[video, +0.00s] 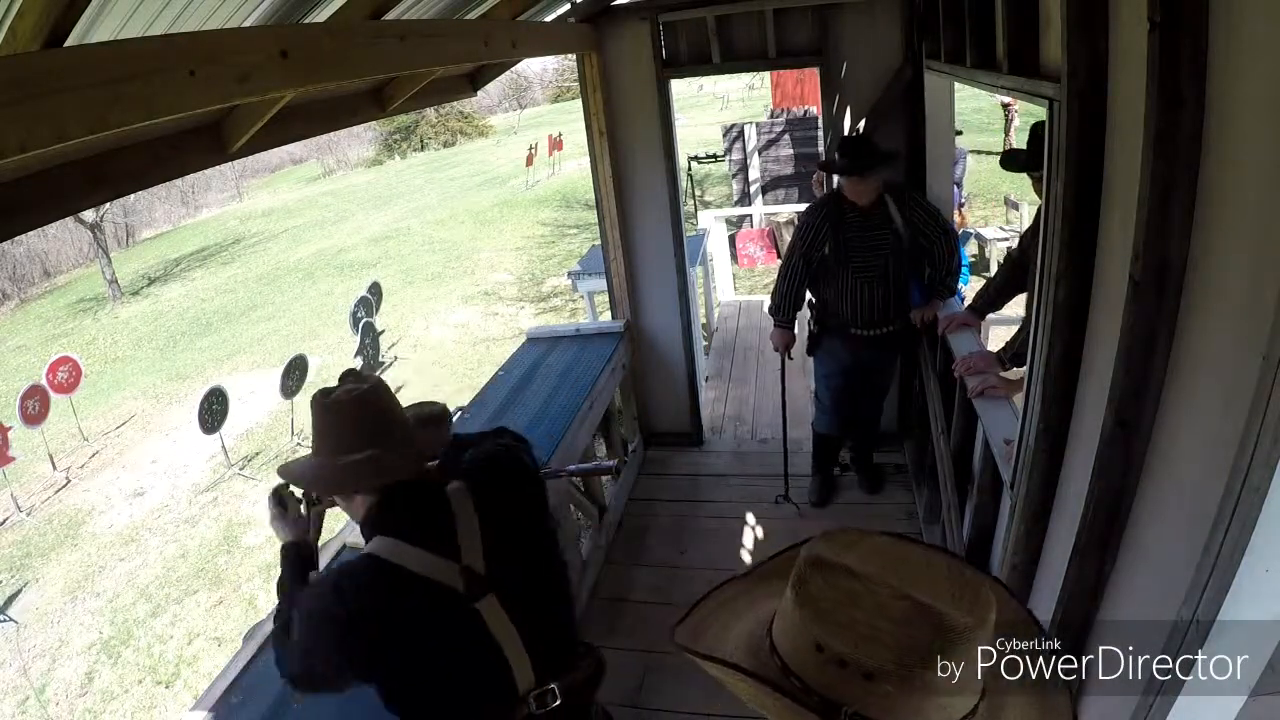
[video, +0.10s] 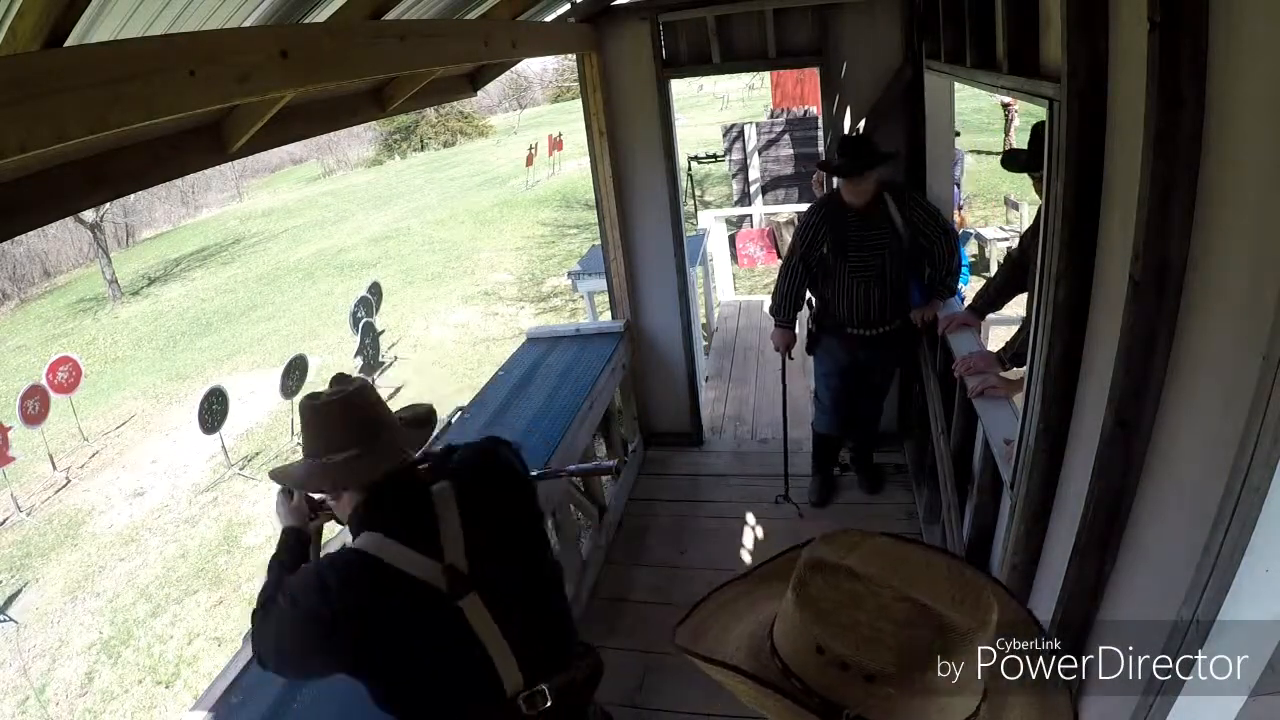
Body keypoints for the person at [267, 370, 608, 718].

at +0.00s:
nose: (324, 492)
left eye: (327, 482)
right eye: (324, 482)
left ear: (345, 491)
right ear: (413, 451)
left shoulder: (355, 594)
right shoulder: (502, 483)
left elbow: (298, 662)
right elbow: (507, 443)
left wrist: (296, 548)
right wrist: (440, 446)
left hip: (474, 719)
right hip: (572, 694)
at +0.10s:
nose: (316, 494)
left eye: (317, 485)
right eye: (315, 486)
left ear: (331, 492)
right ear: (402, 448)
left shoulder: (342, 588)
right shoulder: (493, 471)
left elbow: (271, 642)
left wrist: (294, 536)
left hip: (470, 716)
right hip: (570, 683)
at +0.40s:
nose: (304, 495)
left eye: (304, 486)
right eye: (304, 486)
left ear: (318, 492)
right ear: (385, 452)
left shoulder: (316, 590)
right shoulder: (468, 478)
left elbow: (236, 636)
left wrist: (274, 543)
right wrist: (356, 498)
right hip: (559, 682)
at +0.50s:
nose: (303, 494)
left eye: (303, 483)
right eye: (303, 484)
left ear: (317, 489)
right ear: (384, 453)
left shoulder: (314, 591)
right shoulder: (466, 476)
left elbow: (235, 642)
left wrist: (267, 550)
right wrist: (339, 507)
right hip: (557, 683)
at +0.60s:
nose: (303, 492)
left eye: (303, 481)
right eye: (300, 482)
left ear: (318, 485)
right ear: (384, 452)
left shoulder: (312, 589)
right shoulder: (464, 473)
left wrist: (278, 579)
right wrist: (338, 509)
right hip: (553, 682)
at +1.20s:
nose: (311, 481)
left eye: (314, 473)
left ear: (325, 481)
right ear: (393, 451)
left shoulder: (310, 577)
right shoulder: (464, 478)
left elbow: (283, 622)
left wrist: (276, 528)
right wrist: (354, 487)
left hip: (439, 716)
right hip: (547, 683)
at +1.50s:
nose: (342, 465)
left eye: (342, 457)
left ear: (351, 466)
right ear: (421, 435)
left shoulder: (325, 559)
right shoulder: (488, 464)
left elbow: (287, 591)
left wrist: (282, 510)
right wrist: (380, 476)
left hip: (435, 715)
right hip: (546, 685)